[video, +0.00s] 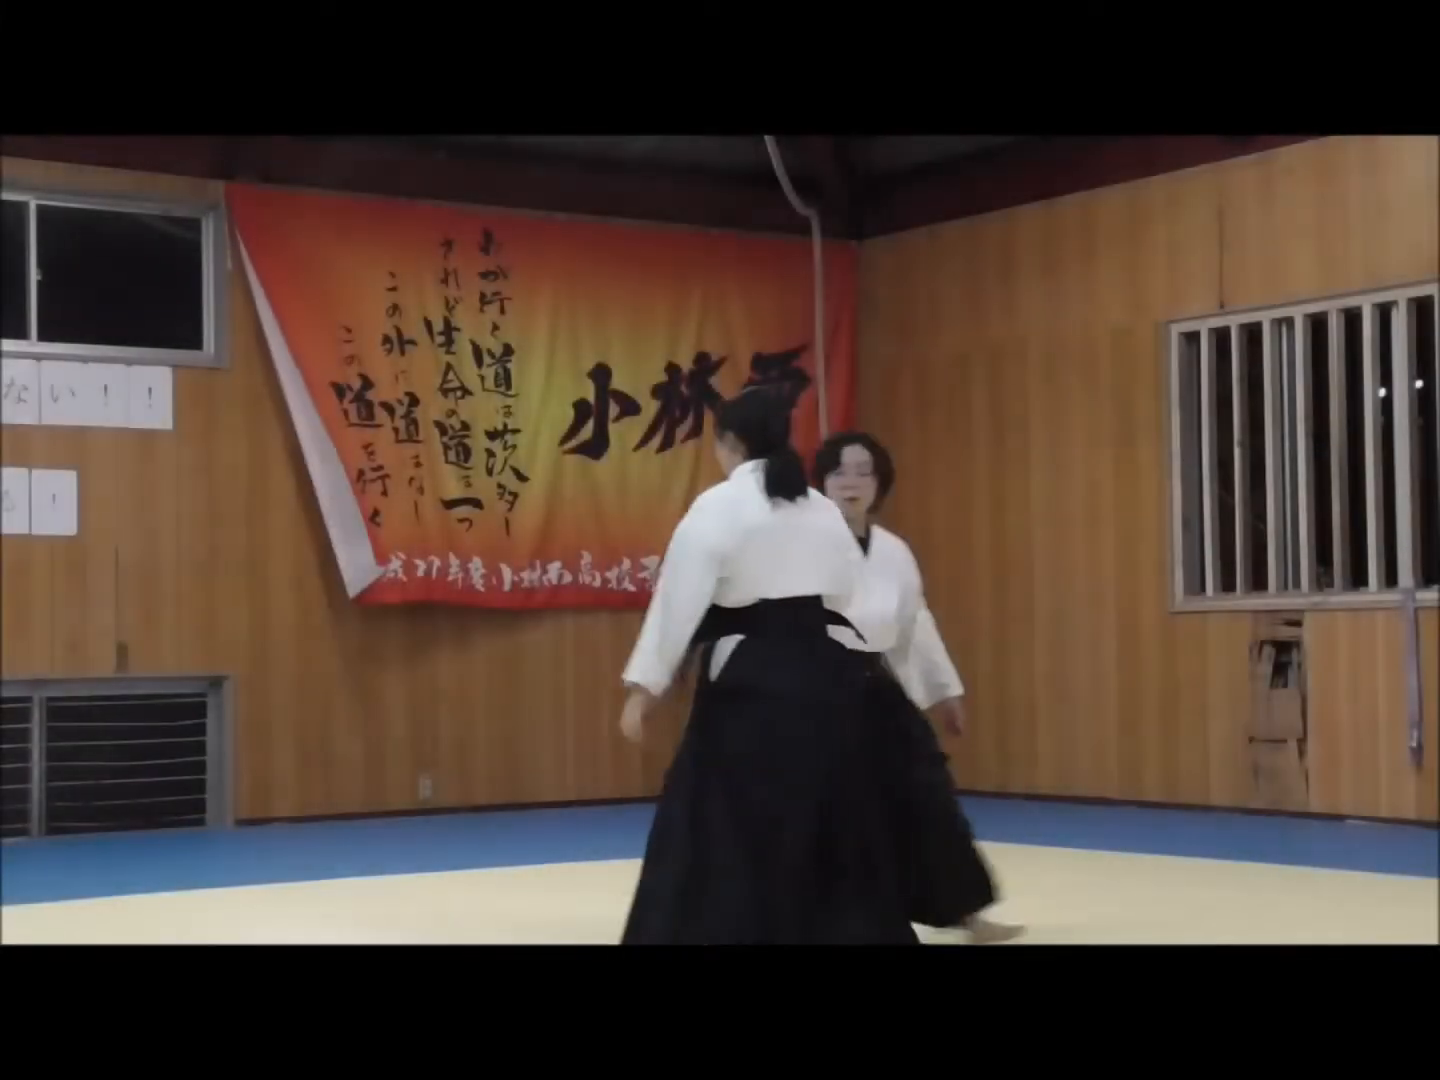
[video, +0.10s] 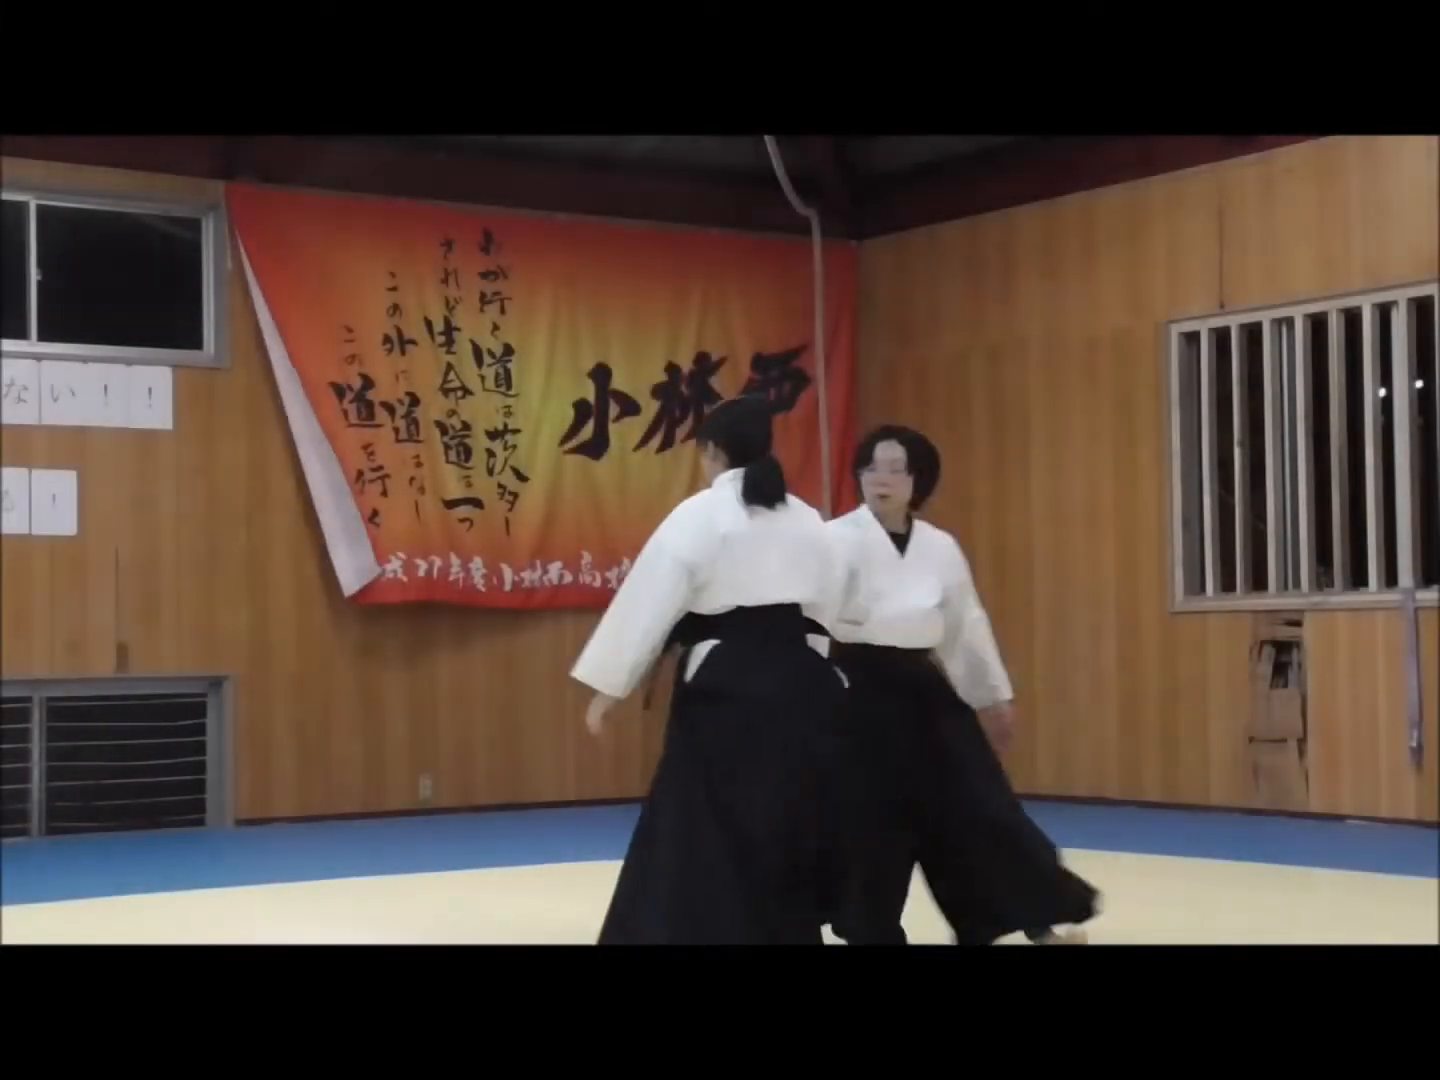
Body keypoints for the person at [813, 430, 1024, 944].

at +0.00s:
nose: (851, 482)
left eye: (863, 472)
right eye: (840, 472)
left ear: (881, 484)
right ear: (821, 483)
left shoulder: (893, 552)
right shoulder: (807, 544)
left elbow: (915, 624)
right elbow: (788, 622)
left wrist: (943, 690)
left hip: (885, 687)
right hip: (821, 688)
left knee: (926, 787)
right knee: (822, 797)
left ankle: (960, 908)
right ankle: (818, 911)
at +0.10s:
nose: (882, 479)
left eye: (896, 469)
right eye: (871, 468)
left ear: (918, 481)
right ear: (859, 477)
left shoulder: (940, 547)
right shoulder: (837, 540)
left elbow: (967, 626)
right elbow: (812, 623)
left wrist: (994, 699)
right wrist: (807, 696)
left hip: (925, 684)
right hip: (859, 684)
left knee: (975, 795)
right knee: (868, 818)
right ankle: (869, 930)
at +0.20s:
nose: (891, 485)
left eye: (907, 476)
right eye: (886, 475)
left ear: (939, 487)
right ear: (878, 482)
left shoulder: (973, 556)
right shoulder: (853, 552)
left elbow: (1026, 626)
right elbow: (814, 636)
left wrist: (1053, 703)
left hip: (960, 702)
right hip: (888, 705)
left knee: (1022, 811)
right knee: (893, 834)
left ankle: (1079, 926)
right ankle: (897, 932)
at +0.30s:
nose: (884, 491)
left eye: (899, 481)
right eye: (883, 479)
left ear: (935, 490)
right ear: (881, 484)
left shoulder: (971, 556)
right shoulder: (867, 550)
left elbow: (1011, 634)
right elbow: (834, 621)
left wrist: (979, 694)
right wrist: (789, 584)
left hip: (969, 701)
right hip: (904, 705)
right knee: (920, 840)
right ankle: (950, 933)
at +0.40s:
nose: (862, 480)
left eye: (873, 470)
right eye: (864, 470)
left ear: (908, 480)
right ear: (880, 481)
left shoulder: (940, 547)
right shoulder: (867, 541)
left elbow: (894, 622)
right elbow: (851, 605)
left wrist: (805, 626)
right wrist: (785, 595)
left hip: (974, 697)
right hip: (915, 701)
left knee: (1012, 823)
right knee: (937, 835)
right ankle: (963, 933)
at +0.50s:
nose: (835, 479)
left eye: (844, 470)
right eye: (839, 469)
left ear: (870, 483)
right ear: (895, 482)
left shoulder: (889, 545)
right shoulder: (882, 540)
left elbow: (813, 586)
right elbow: (815, 585)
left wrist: (711, 576)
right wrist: (722, 577)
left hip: (937, 696)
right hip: (928, 692)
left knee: (935, 841)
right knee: (938, 837)